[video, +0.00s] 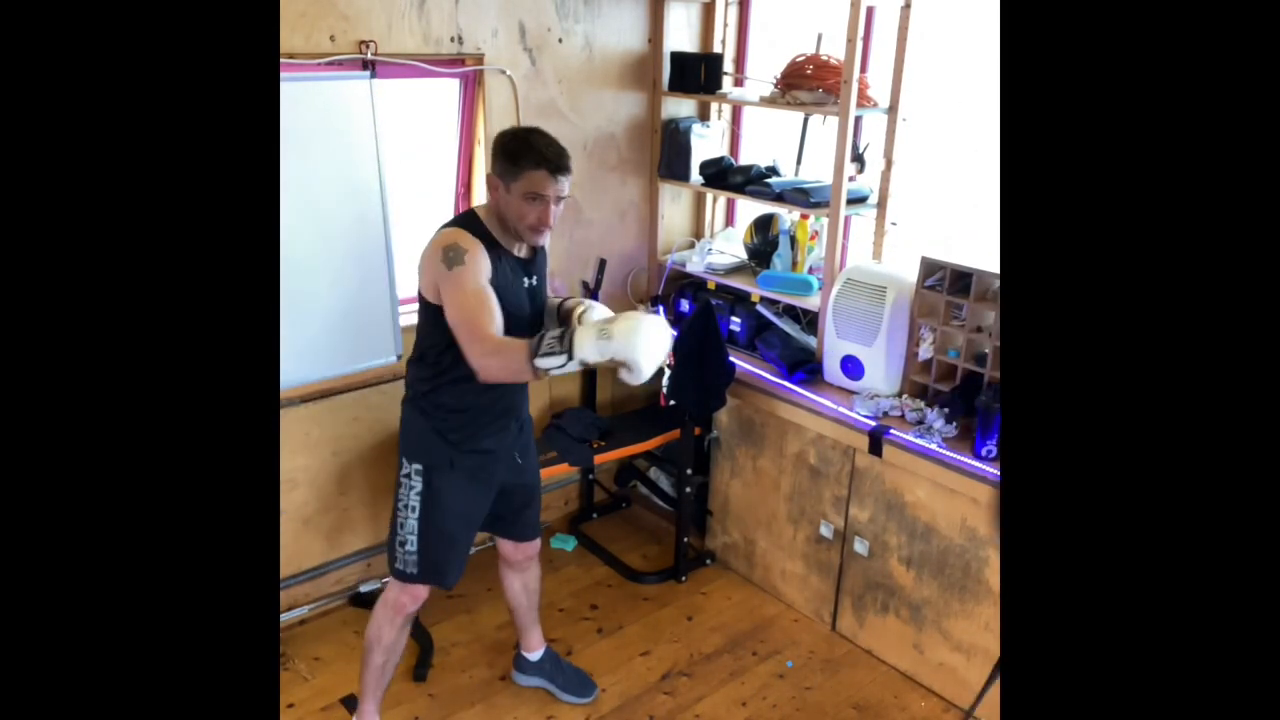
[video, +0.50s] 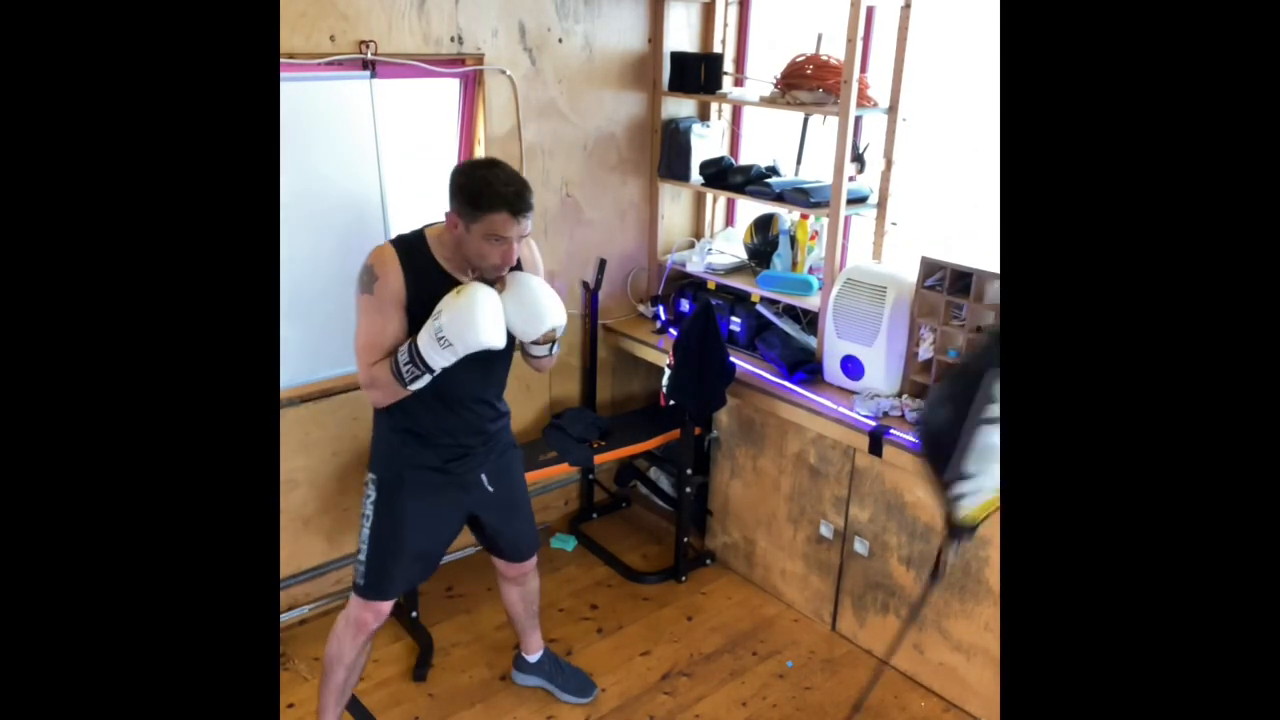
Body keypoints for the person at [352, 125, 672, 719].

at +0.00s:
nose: (548, 216)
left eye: (557, 201)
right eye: (534, 199)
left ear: (564, 196)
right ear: (494, 188)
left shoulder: (532, 243)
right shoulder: (457, 250)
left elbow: (532, 312)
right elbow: (488, 360)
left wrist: (575, 314)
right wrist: (571, 349)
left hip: (509, 427)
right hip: (444, 439)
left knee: (522, 549)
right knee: (409, 589)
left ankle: (534, 655)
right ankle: (366, 710)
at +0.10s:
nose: (555, 219)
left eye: (565, 204)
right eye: (541, 202)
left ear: (573, 195)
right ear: (503, 190)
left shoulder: (555, 235)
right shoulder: (454, 249)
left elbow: (557, 311)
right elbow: (435, 370)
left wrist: (586, 316)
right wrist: (521, 348)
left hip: (521, 420)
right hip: (452, 428)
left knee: (533, 545)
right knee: (429, 591)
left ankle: (535, 656)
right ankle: (385, 712)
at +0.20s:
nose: (545, 223)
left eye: (555, 206)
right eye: (530, 206)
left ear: (565, 198)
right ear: (493, 194)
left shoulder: (562, 235)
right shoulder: (440, 248)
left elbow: (579, 336)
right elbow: (414, 358)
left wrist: (581, 315)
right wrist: (481, 328)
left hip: (529, 432)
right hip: (454, 439)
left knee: (537, 553)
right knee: (431, 591)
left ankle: (535, 656)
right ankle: (390, 712)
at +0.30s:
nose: (537, 221)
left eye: (545, 204)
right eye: (521, 204)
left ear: (554, 196)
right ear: (480, 195)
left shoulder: (557, 240)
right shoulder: (430, 248)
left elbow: (583, 340)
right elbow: (404, 359)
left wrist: (573, 307)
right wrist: (457, 321)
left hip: (527, 430)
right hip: (449, 433)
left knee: (535, 555)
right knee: (419, 592)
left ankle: (536, 655)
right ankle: (378, 712)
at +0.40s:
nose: (527, 238)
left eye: (535, 223)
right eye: (513, 223)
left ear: (543, 212)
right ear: (471, 209)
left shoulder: (543, 245)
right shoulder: (412, 255)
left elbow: (564, 352)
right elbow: (394, 372)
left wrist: (558, 321)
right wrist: (449, 325)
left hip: (512, 438)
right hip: (435, 447)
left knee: (531, 556)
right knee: (397, 597)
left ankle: (535, 657)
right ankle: (350, 713)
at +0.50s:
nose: (512, 256)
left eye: (520, 239)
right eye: (496, 241)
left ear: (528, 226)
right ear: (455, 226)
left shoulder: (518, 257)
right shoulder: (390, 268)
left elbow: (542, 363)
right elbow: (376, 388)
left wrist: (539, 334)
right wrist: (431, 348)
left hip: (491, 449)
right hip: (413, 461)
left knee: (521, 562)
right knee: (369, 609)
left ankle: (534, 658)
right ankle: (329, 713)